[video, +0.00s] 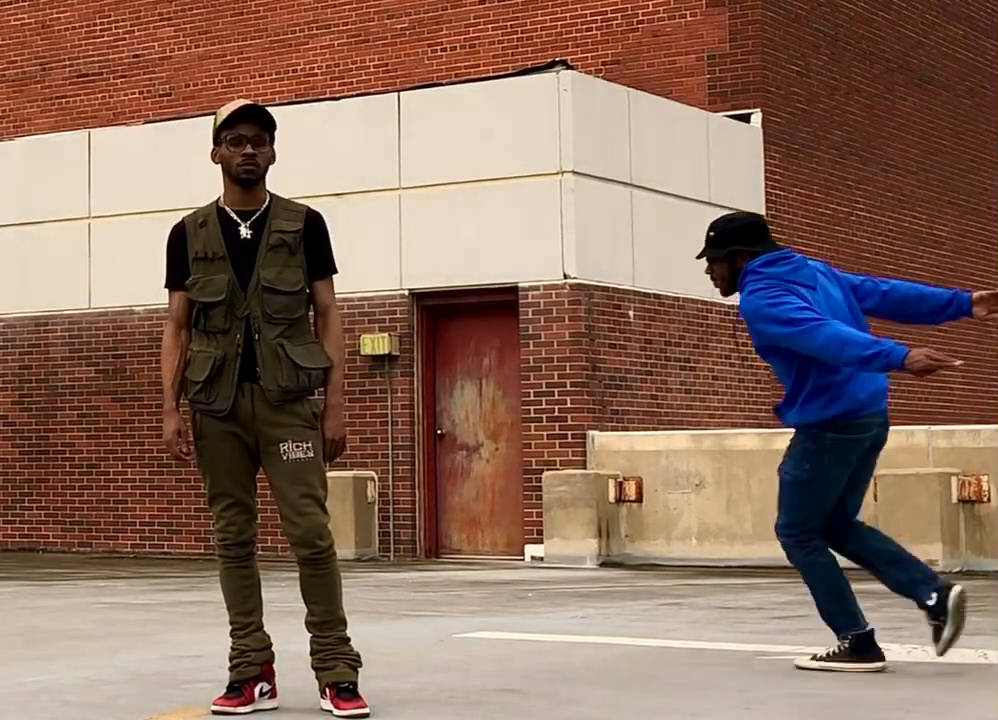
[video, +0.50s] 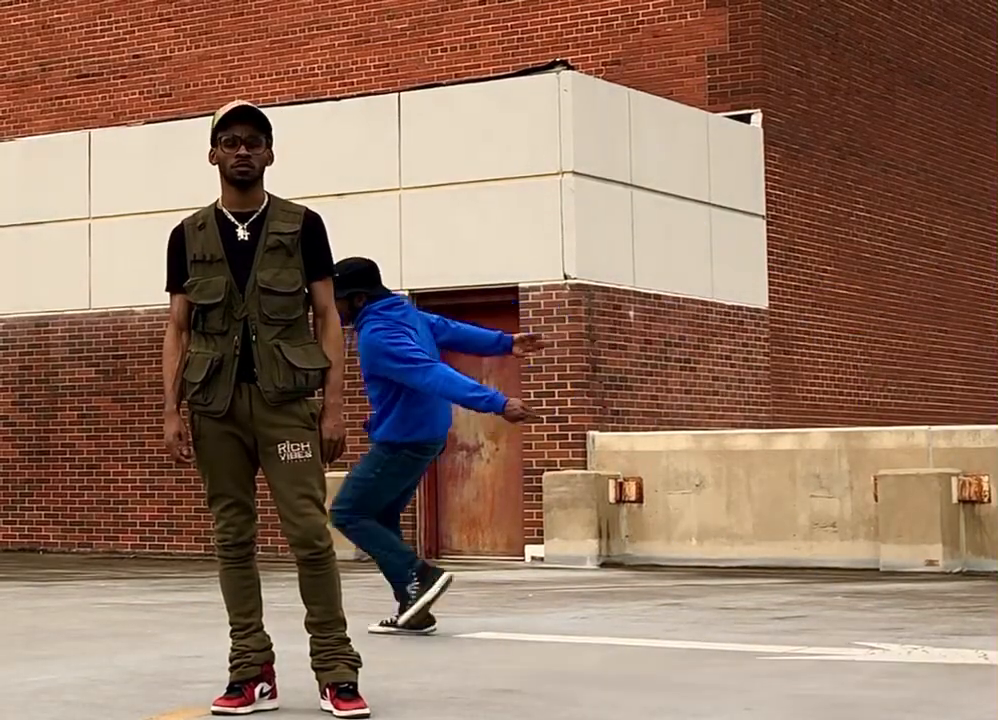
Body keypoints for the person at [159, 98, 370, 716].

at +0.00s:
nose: (248, 150)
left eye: (257, 141)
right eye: (236, 142)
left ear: (273, 151)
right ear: (217, 153)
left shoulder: (304, 224)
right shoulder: (187, 233)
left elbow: (327, 317)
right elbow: (177, 325)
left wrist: (334, 399)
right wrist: (171, 405)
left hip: (289, 403)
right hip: (215, 407)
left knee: (312, 538)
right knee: (233, 540)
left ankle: (336, 672)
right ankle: (249, 669)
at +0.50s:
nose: (241, 151)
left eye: (252, 143)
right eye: (231, 143)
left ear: (269, 153)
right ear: (213, 154)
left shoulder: (302, 225)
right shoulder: (187, 235)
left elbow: (328, 318)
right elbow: (177, 327)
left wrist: (334, 403)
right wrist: (172, 407)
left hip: (288, 404)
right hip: (213, 408)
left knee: (310, 538)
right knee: (233, 541)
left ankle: (337, 671)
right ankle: (250, 668)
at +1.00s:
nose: (241, 153)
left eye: (251, 144)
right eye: (230, 144)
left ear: (268, 154)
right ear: (212, 155)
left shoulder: (301, 224)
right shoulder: (187, 235)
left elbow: (327, 317)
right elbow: (177, 329)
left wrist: (333, 403)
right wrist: (171, 409)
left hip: (287, 403)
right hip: (212, 407)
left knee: (309, 538)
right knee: (232, 540)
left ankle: (336, 671)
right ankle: (250, 667)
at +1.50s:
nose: (241, 154)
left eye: (251, 145)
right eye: (230, 145)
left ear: (269, 155)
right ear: (213, 156)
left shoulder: (303, 224)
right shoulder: (189, 235)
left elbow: (328, 317)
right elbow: (178, 327)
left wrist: (333, 403)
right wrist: (173, 408)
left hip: (288, 402)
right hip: (213, 406)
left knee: (309, 537)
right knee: (232, 540)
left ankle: (336, 671)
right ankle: (250, 667)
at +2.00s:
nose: (242, 158)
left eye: (253, 149)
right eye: (231, 150)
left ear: (272, 158)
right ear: (215, 160)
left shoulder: (304, 227)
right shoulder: (190, 237)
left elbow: (330, 319)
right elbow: (177, 329)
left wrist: (335, 403)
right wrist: (174, 408)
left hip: (290, 403)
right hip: (214, 407)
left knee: (313, 536)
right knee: (232, 540)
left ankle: (331, 669)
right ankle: (250, 668)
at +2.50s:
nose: (255, 151)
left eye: (266, 143)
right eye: (244, 144)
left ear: (284, 156)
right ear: (228, 158)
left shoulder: (314, 229)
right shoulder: (199, 234)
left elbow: (336, 320)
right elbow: (184, 328)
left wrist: (336, 403)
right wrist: (180, 411)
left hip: (296, 403)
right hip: (221, 405)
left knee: (309, 529)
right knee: (232, 540)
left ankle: (303, 664)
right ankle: (249, 668)